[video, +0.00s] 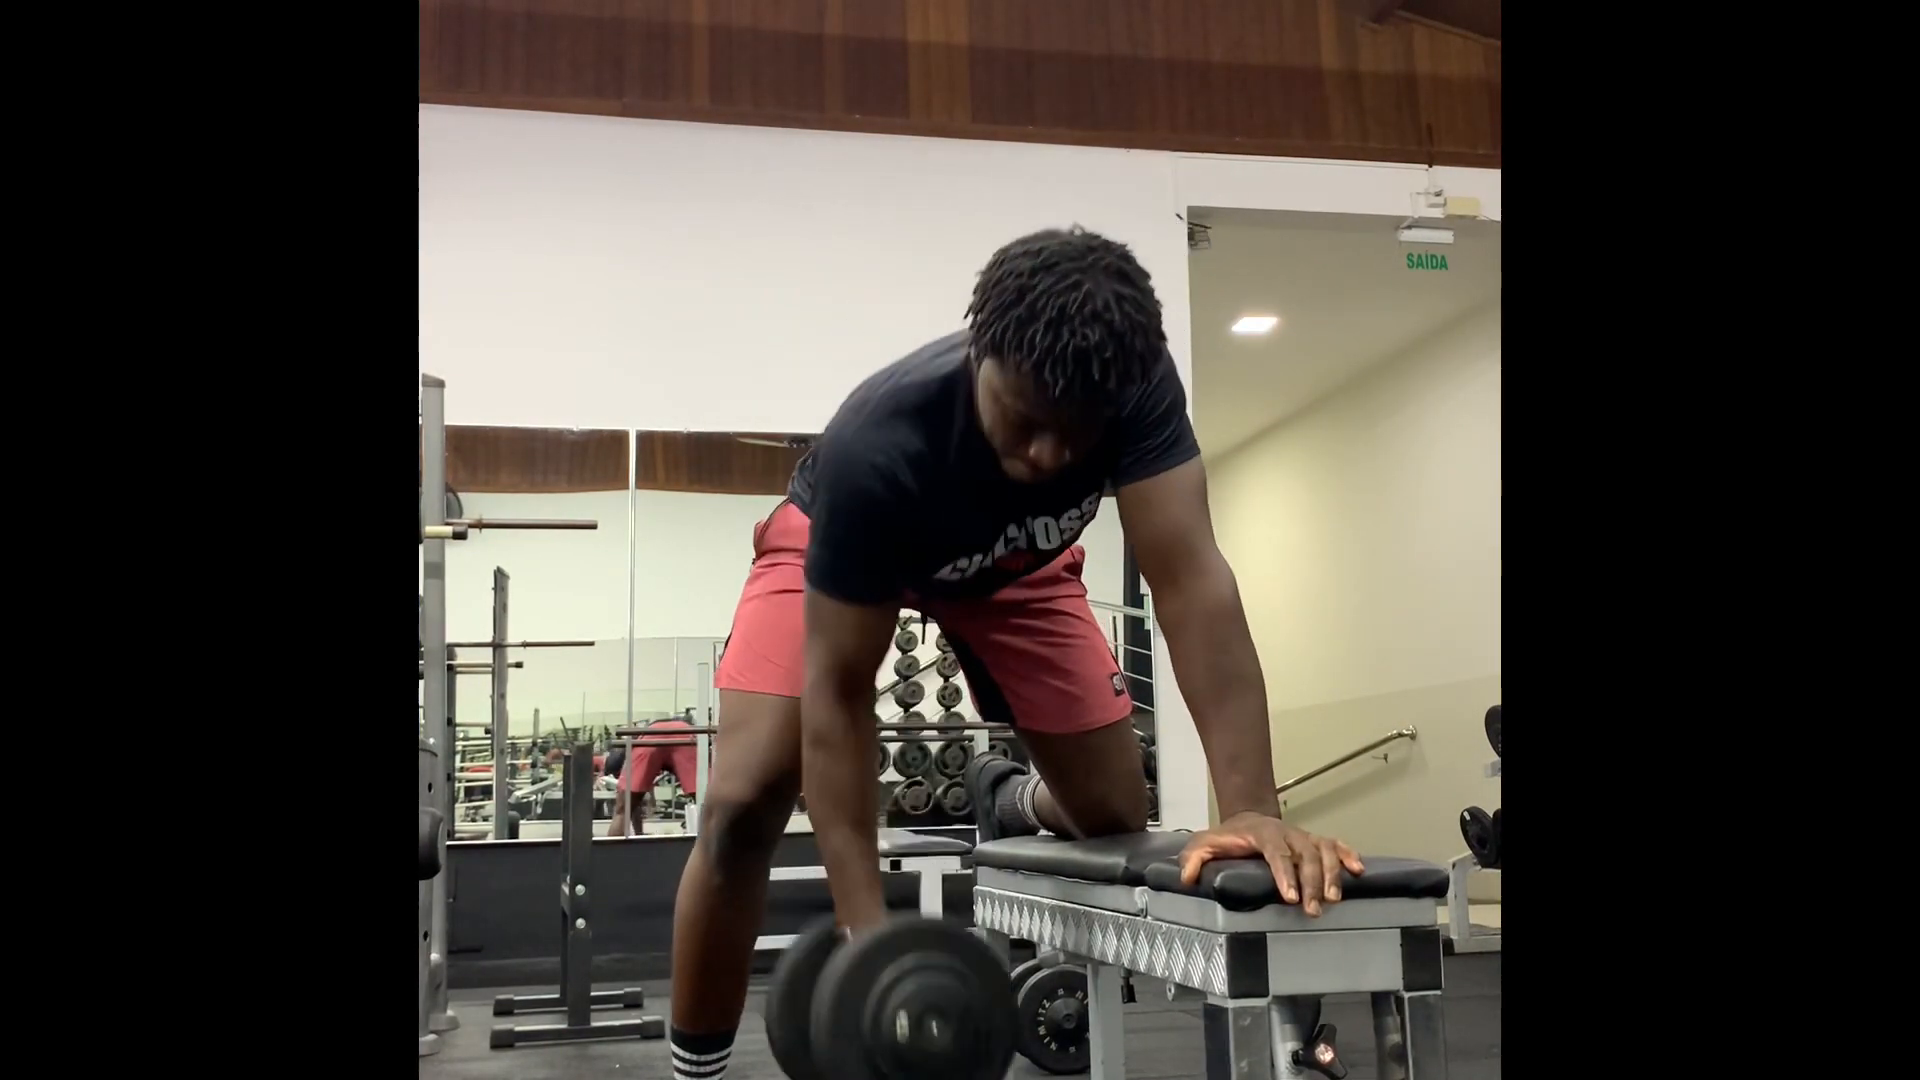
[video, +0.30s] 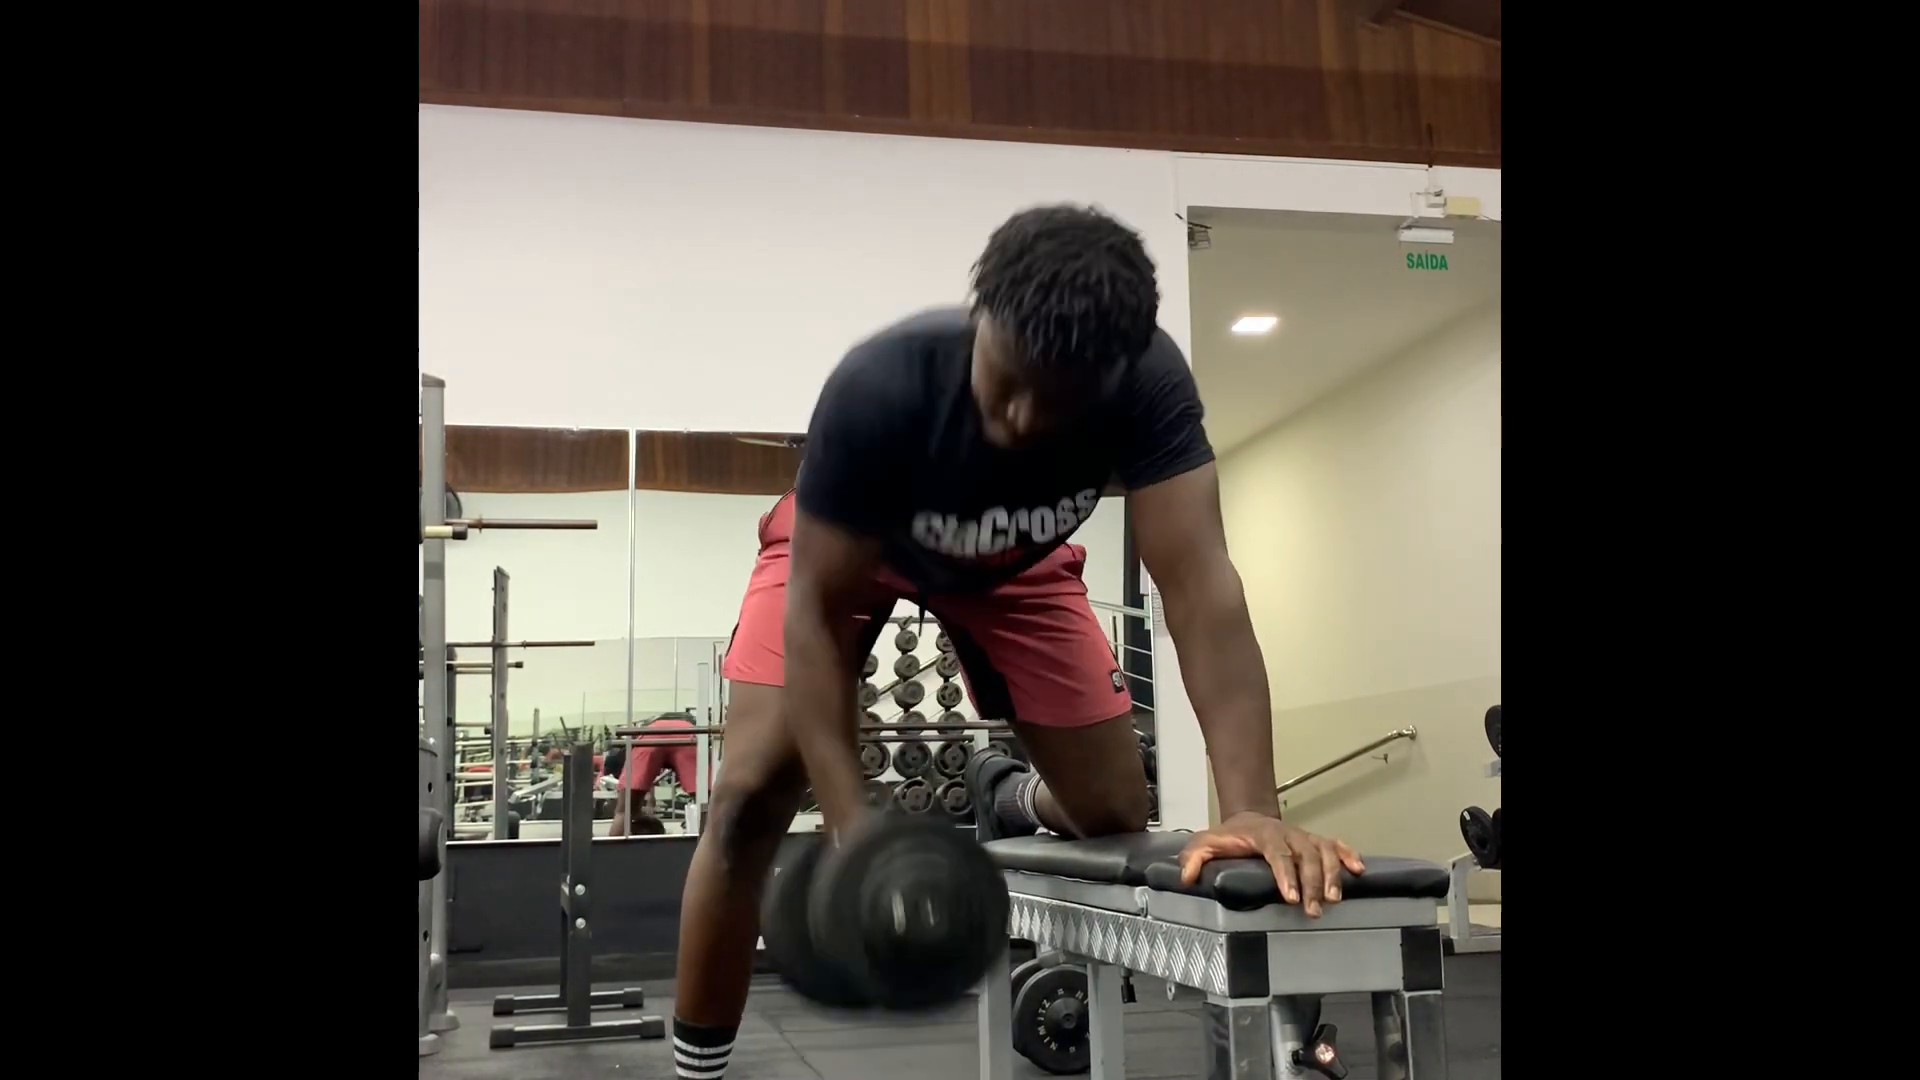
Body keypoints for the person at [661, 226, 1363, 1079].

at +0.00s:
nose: (1047, 454)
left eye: (1077, 430)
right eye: (1023, 422)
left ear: (1123, 390)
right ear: (980, 361)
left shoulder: (1136, 386)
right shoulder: (882, 454)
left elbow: (1189, 573)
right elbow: (838, 699)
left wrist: (1252, 806)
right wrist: (870, 949)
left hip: (1020, 561)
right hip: (842, 552)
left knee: (1119, 817)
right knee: (741, 807)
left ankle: (1016, 800)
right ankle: (696, 1075)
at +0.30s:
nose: (1021, 417)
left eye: (1053, 398)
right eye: (1006, 383)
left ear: (1108, 366)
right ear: (980, 322)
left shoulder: (1145, 382)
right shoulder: (880, 388)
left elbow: (1202, 590)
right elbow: (812, 609)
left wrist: (1251, 805)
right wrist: (851, 830)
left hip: (1020, 563)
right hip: (847, 546)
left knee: (1117, 815)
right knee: (749, 795)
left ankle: (1009, 799)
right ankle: (697, 1070)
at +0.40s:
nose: (1015, 309)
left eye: (1053, 303)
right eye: (1016, 278)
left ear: (1129, 299)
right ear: (1016, 225)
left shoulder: (1176, 363)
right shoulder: (941, 242)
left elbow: (1207, 565)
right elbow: (798, 374)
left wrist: (1253, 806)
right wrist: (818, 545)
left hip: (1018, 560)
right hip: (857, 523)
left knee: (1116, 813)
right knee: (759, 800)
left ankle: (1000, 805)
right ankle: (697, 1070)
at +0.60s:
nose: (1056, 343)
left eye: (1091, 331)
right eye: (1045, 307)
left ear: (1152, 311)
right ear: (1030, 242)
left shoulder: (1183, 366)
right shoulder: (944, 254)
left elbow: (1218, 573)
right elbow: (796, 334)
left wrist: (1255, 806)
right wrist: (820, 510)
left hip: (1022, 560)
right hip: (866, 523)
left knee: (1118, 814)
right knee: (755, 807)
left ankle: (996, 799)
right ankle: (698, 1072)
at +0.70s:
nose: (1056, 388)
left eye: (1091, 367)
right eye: (1038, 353)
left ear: (1139, 334)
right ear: (1004, 289)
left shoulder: (1163, 373)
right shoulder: (897, 339)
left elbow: (1203, 574)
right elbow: (799, 515)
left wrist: (1252, 804)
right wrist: (838, 724)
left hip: (1027, 566)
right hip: (857, 540)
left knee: (1121, 815)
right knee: (749, 801)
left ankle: (995, 796)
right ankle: (696, 1074)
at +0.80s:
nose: (1044, 445)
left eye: (1071, 422)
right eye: (1018, 418)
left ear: (1112, 377)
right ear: (973, 360)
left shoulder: (1136, 382)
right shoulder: (878, 439)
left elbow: (1188, 575)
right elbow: (832, 679)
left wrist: (1250, 803)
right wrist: (866, 919)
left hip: (1020, 563)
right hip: (843, 553)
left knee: (1122, 816)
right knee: (744, 797)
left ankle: (1012, 799)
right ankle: (696, 1070)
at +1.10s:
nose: (1028, 432)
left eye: (1058, 411)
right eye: (1006, 400)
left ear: (1101, 379)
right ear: (965, 342)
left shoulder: (1126, 394)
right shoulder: (866, 433)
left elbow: (1191, 587)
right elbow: (834, 683)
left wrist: (1250, 806)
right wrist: (871, 921)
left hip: (1013, 563)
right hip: (839, 552)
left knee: (1121, 815)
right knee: (741, 794)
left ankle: (1002, 797)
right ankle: (695, 1072)